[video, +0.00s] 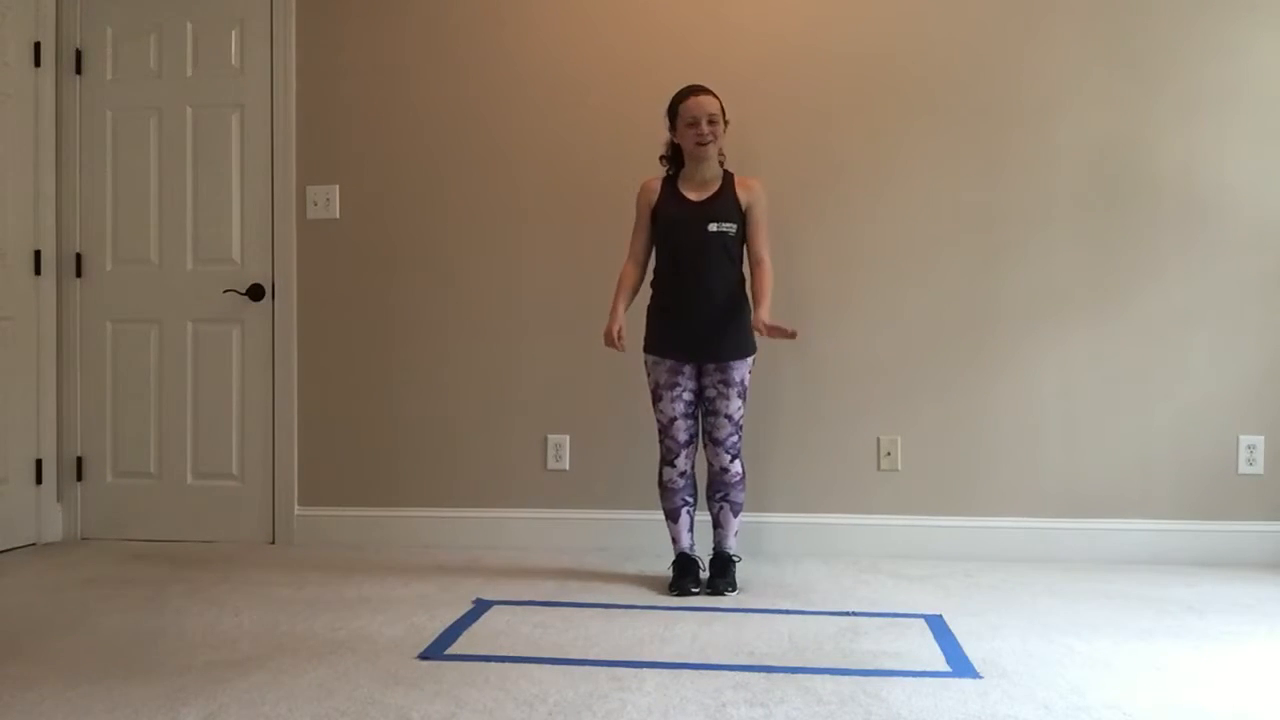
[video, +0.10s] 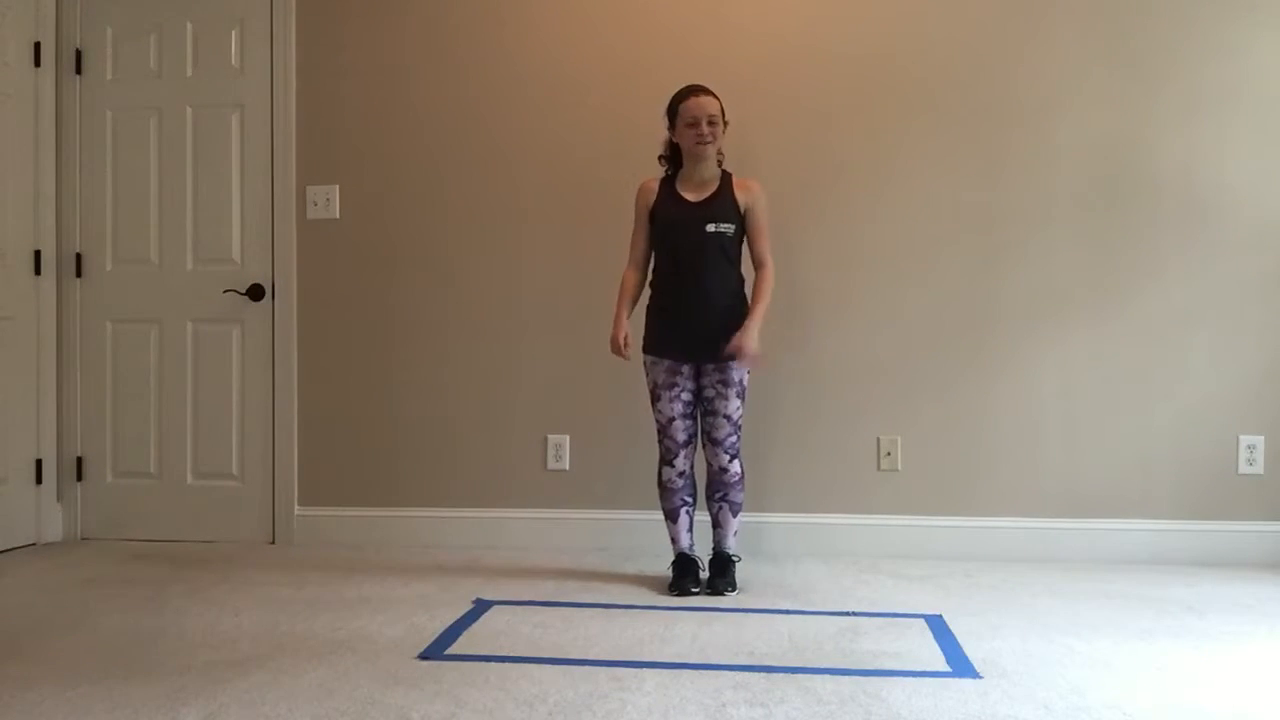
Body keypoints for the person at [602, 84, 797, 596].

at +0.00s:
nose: (703, 130)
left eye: (712, 121)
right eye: (692, 123)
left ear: (724, 128)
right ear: (674, 131)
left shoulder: (746, 190)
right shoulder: (654, 191)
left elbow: (759, 257)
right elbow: (636, 259)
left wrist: (761, 311)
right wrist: (617, 309)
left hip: (728, 341)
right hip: (668, 340)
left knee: (724, 448)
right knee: (676, 448)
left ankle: (723, 555)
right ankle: (684, 557)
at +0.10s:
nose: (704, 130)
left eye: (712, 121)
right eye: (693, 122)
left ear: (724, 129)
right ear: (673, 130)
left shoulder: (745, 192)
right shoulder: (653, 191)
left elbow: (764, 266)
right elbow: (637, 262)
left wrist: (752, 325)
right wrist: (621, 317)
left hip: (726, 344)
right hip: (667, 343)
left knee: (722, 451)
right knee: (675, 451)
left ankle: (724, 555)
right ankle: (684, 557)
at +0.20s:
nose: (703, 131)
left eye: (712, 122)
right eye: (692, 123)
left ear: (722, 130)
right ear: (672, 131)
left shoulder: (742, 190)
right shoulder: (651, 192)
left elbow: (767, 263)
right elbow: (637, 263)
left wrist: (751, 327)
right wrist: (626, 323)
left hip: (725, 343)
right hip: (665, 343)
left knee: (721, 449)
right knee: (674, 450)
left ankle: (723, 555)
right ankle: (683, 556)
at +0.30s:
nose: (703, 132)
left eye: (711, 123)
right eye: (692, 124)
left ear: (721, 130)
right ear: (672, 131)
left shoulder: (741, 190)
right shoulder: (649, 192)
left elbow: (770, 262)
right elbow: (635, 264)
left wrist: (756, 326)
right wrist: (626, 322)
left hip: (724, 342)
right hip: (664, 342)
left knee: (721, 449)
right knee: (673, 450)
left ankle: (723, 555)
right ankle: (683, 557)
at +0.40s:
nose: (702, 133)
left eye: (711, 124)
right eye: (691, 124)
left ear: (721, 130)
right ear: (670, 132)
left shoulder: (739, 190)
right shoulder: (648, 192)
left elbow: (773, 256)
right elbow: (632, 262)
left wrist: (773, 316)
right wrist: (618, 319)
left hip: (724, 341)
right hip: (664, 342)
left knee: (721, 449)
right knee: (673, 449)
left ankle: (723, 555)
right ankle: (683, 557)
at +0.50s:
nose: (702, 131)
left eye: (710, 123)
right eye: (690, 123)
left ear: (721, 129)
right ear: (670, 131)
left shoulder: (739, 192)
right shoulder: (647, 190)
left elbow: (770, 252)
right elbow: (630, 263)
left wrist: (811, 282)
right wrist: (604, 308)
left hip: (723, 341)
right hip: (664, 341)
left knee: (721, 448)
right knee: (672, 450)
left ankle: (724, 555)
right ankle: (683, 556)